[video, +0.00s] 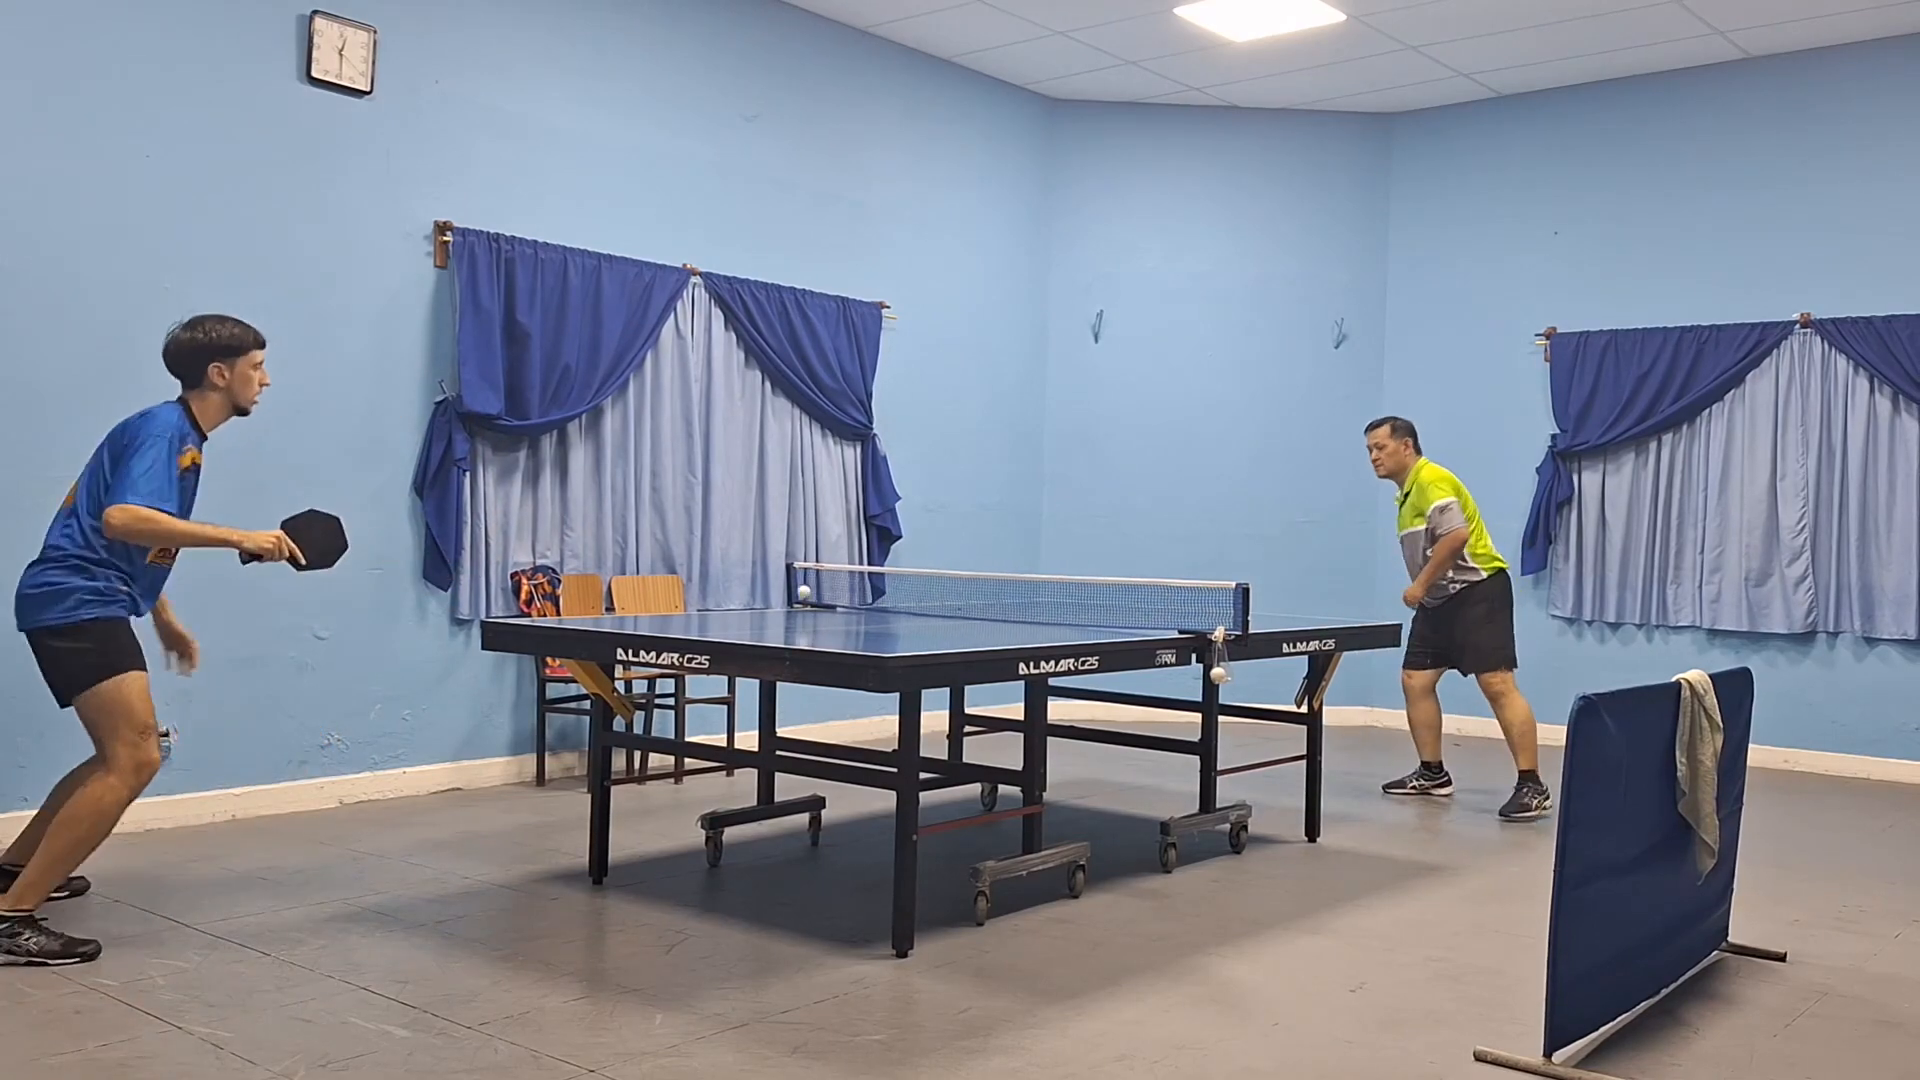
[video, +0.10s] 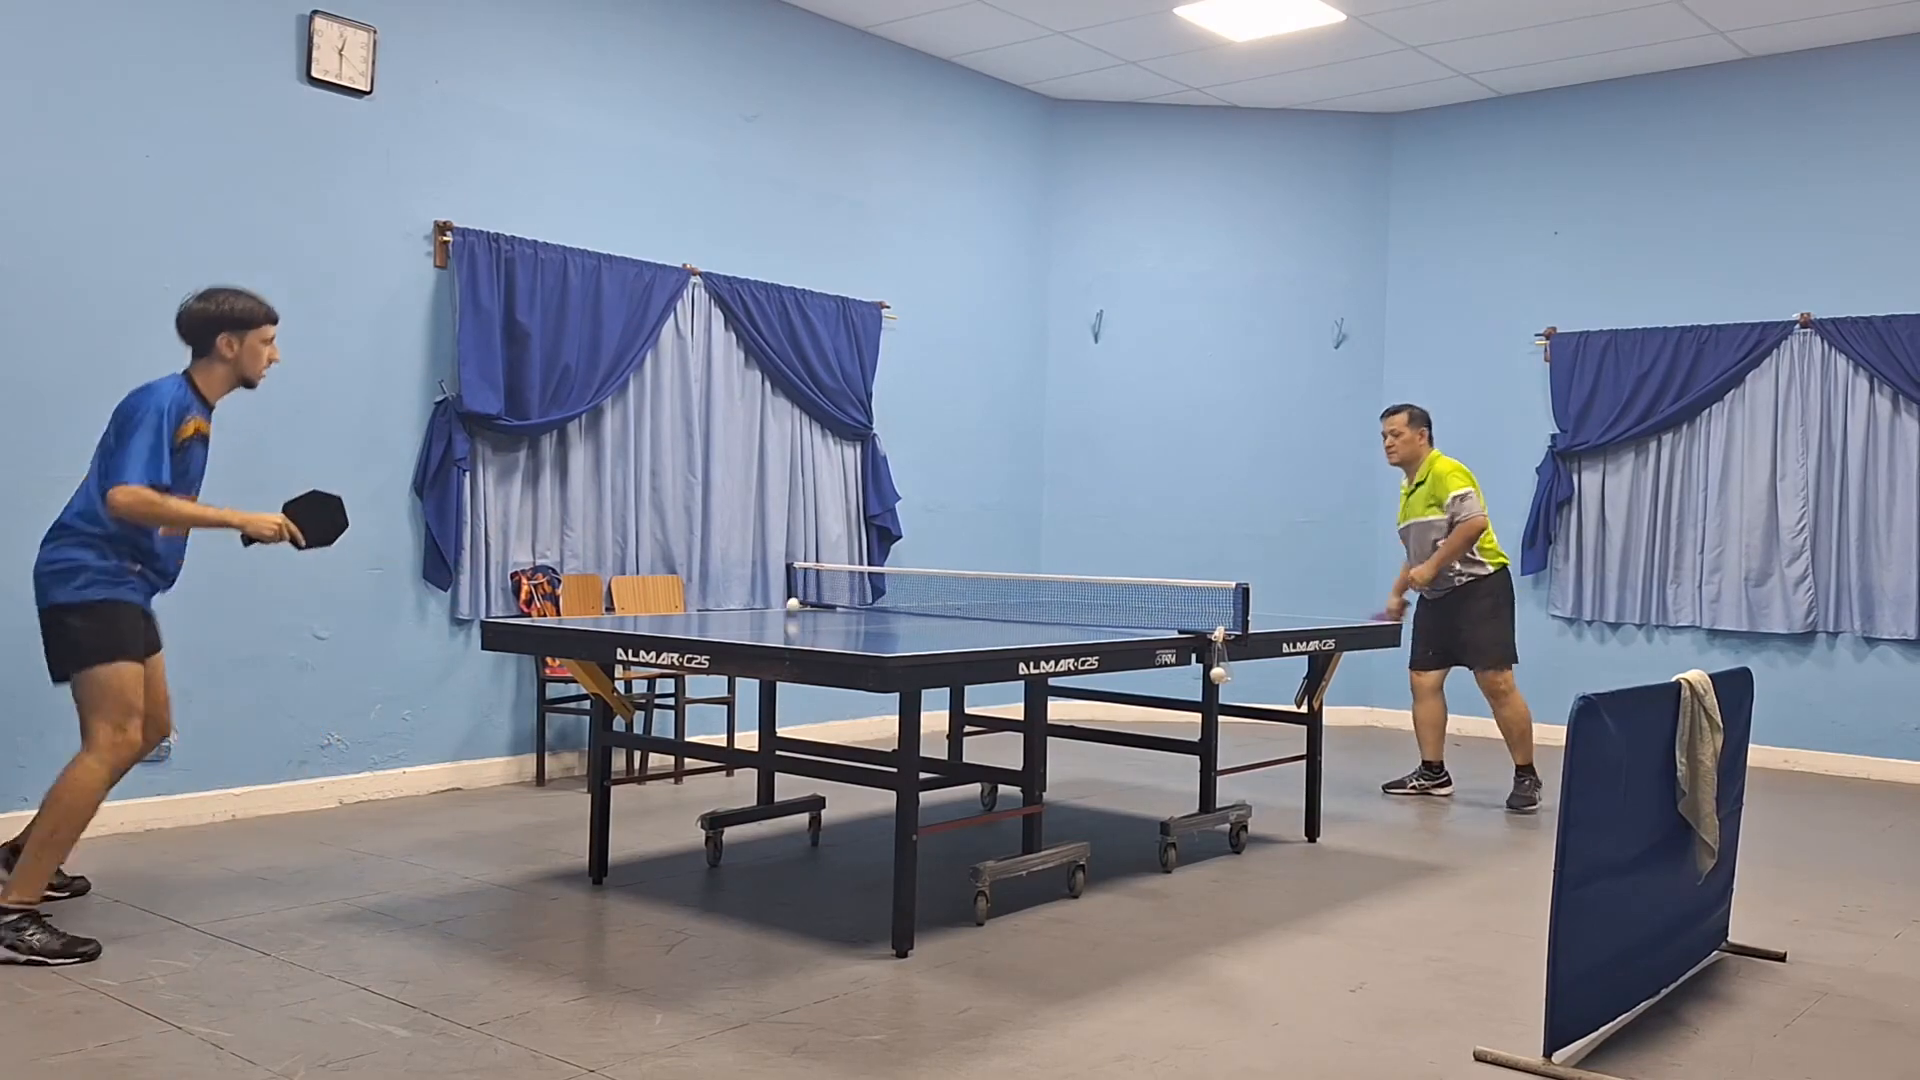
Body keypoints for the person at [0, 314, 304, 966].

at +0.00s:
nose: (265, 378)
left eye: (263, 365)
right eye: (257, 366)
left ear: (218, 375)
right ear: (218, 373)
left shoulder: (184, 443)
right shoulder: (160, 430)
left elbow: (132, 540)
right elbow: (118, 518)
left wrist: (161, 615)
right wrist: (238, 538)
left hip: (85, 598)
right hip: (71, 596)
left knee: (126, 753)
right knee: (134, 758)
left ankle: (21, 862)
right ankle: (14, 915)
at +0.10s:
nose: (275, 354)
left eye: (275, 341)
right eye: (268, 341)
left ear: (231, 347)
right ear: (227, 345)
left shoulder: (197, 415)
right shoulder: (160, 403)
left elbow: (162, 503)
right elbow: (124, 498)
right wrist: (239, 519)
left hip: (125, 582)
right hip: (88, 576)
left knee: (150, 728)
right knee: (116, 737)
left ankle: (28, 852)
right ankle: (16, 905)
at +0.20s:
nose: (292, 330)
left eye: (293, 318)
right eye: (286, 317)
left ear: (247, 317)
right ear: (245, 315)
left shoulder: (210, 382)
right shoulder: (174, 371)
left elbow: (123, 450)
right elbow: (144, 468)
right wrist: (253, 498)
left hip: (155, 555)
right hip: (107, 549)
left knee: (172, 699)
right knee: (106, 710)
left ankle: (74, 831)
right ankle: (34, 886)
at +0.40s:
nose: (324, 368)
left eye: (326, 355)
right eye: (318, 354)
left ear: (282, 353)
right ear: (277, 349)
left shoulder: (247, 415)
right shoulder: (212, 404)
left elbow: (209, 505)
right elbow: (166, 497)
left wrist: (268, 538)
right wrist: (263, 538)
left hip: (197, 589)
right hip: (148, 590)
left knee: (220, 716)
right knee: (180, 738)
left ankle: (143, 854)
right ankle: (44, 873)